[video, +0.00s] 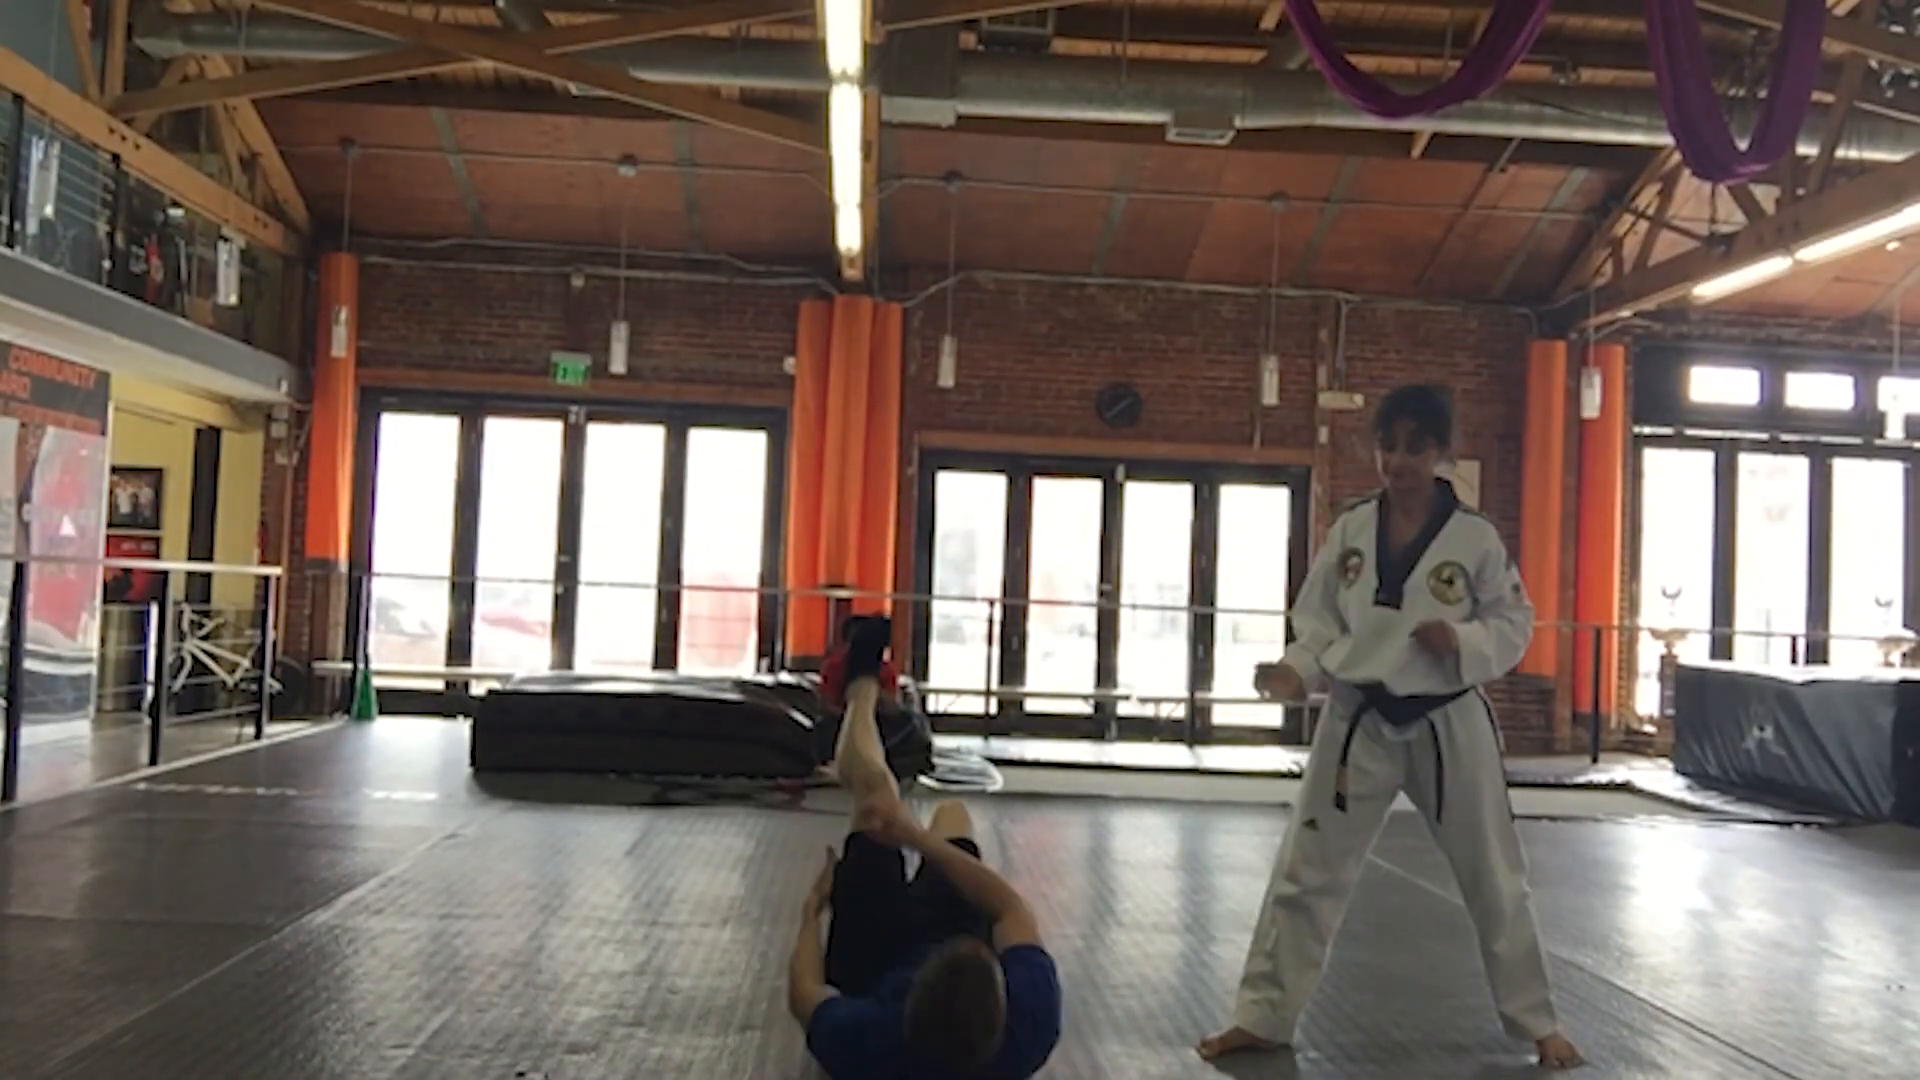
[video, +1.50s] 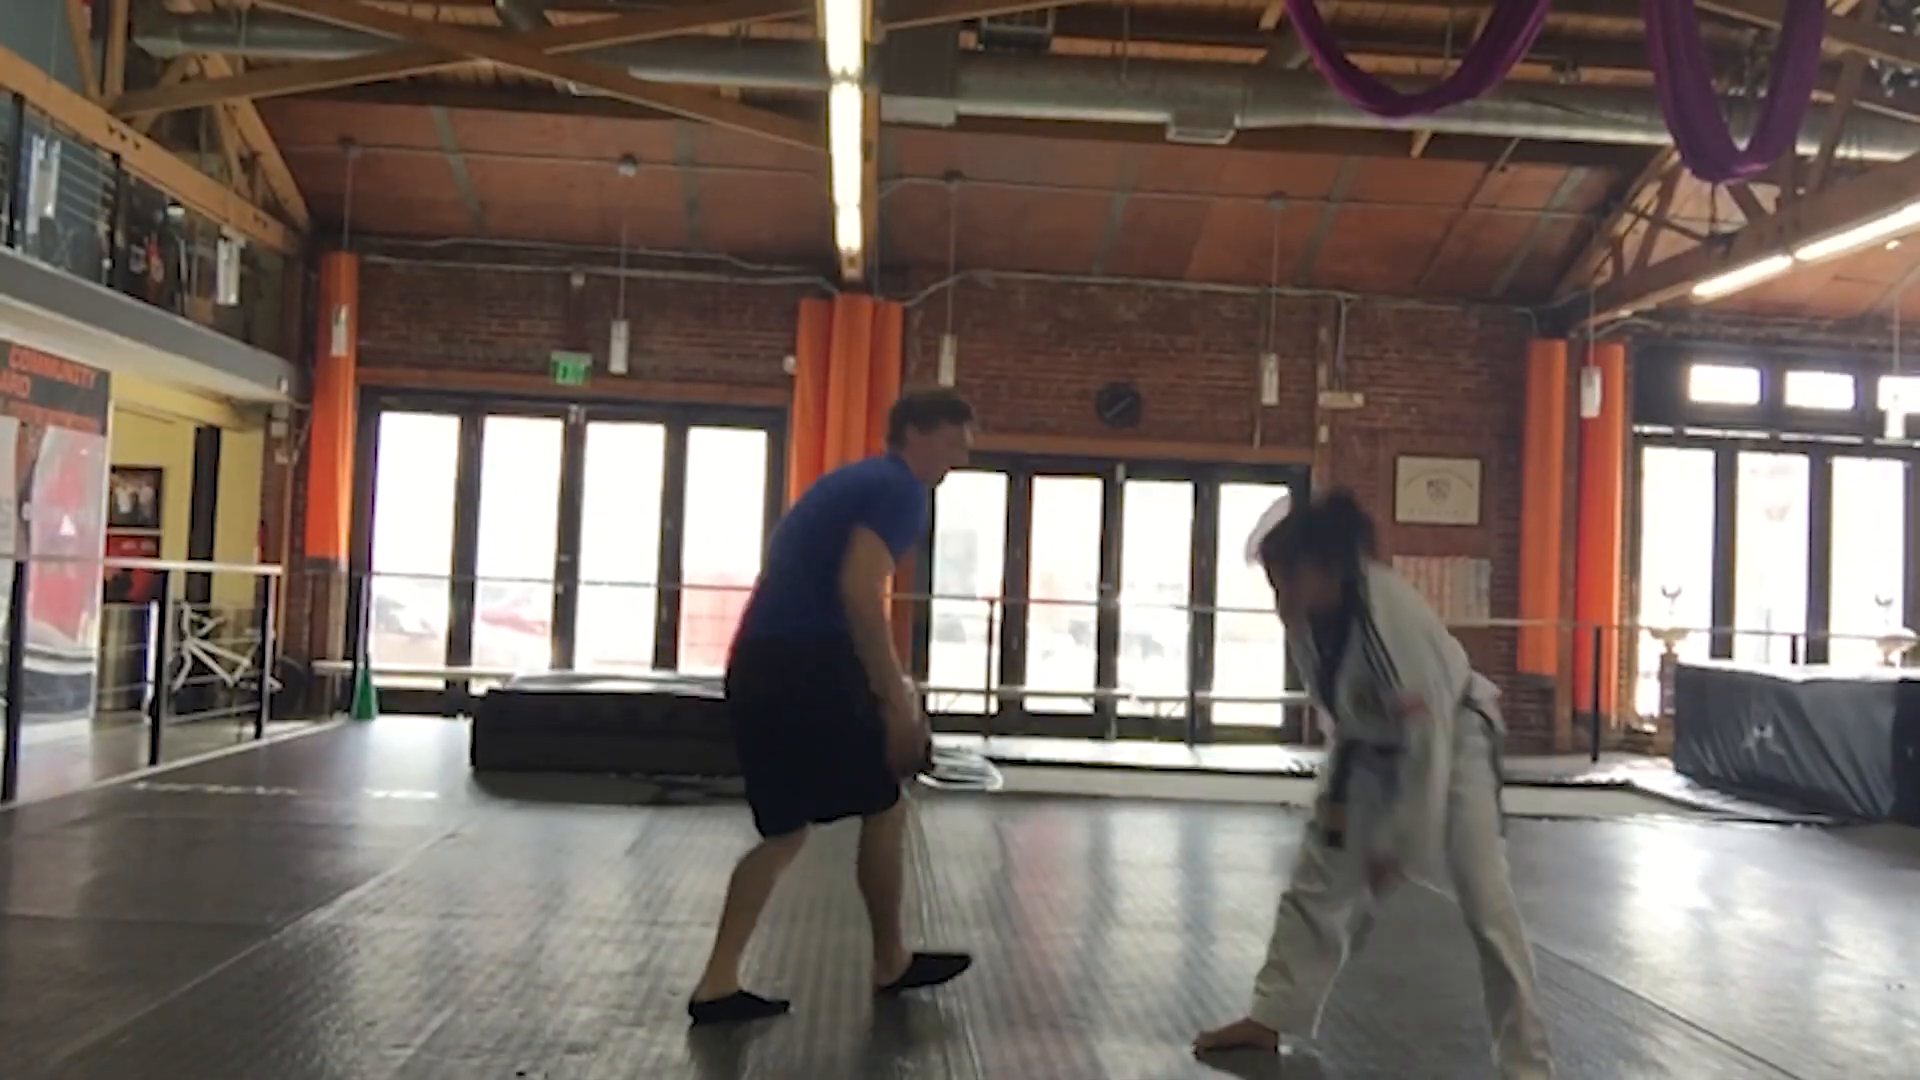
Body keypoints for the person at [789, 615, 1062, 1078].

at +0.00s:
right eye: (983, 961)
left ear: (911, 1005)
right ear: (1001, 998)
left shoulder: (858, 1039)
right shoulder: (1032, 1025)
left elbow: (805, 991)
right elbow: (1009, 907)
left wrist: (812, 912)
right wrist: (917, 839)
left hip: (877, 971)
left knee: (875, 791)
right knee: (951, 810)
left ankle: (863, 688)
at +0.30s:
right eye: (981, 801)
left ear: (905, 818)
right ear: (977, 816)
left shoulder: (861, 916)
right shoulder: (1013, 886)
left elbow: (792, 942)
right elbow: (1061, 934)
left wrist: (778, 896)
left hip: (866, 1044)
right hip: (962, 1050)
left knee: (842, 826)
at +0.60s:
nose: (975, 718)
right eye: (973, 709)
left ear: (905, 711)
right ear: (969, 717)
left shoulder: (867, 760)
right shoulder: (1003, 785)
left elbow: (783, 779)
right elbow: (1013, 920)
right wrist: (1023, 1026)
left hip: (859, 1002)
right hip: (951, 1009)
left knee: (799, 820)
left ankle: (759, 992)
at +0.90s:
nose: (970, 709)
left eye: (970, 697)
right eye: (970, 697)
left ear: (908, 685)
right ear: (960, 695)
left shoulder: (852, 714)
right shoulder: (964, 757)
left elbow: (812, 804)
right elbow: (994, 891)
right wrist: (1023, 1006)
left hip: (809, 919)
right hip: (893, 933)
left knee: (719, 839)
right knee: (970, 848)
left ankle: (745, 978)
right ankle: (899, 972)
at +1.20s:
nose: (996, 614)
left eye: (1001, 603)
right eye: (996, 599)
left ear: (947, 580)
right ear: (967, 585)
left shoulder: (870, 601)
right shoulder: (956, 635)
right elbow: (988, 769)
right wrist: (1012, 863)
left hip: (779, 738)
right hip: (859, 751)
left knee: (766, 836)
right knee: (929, 818)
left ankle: (734, 927)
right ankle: (899, 962)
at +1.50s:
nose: (961, 457)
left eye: (964, 445)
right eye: (955, 442)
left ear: (906, 436)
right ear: (918, 433)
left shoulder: (854, 480)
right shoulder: (897, 487)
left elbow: (851, 601)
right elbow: (859, 593)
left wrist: (899, 690)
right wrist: (898, 698)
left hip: (758, 668)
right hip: (814, 669)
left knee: (784, 829)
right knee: (884, 804)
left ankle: (716, 986)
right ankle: (893, 963)